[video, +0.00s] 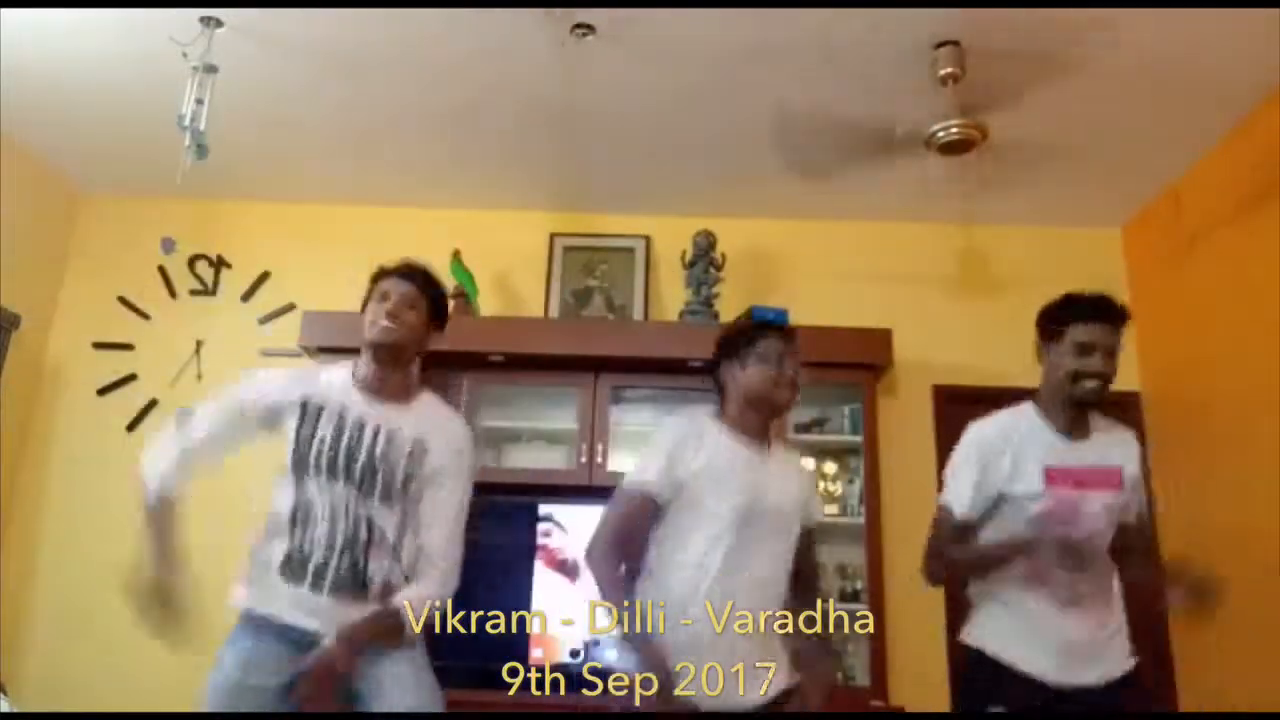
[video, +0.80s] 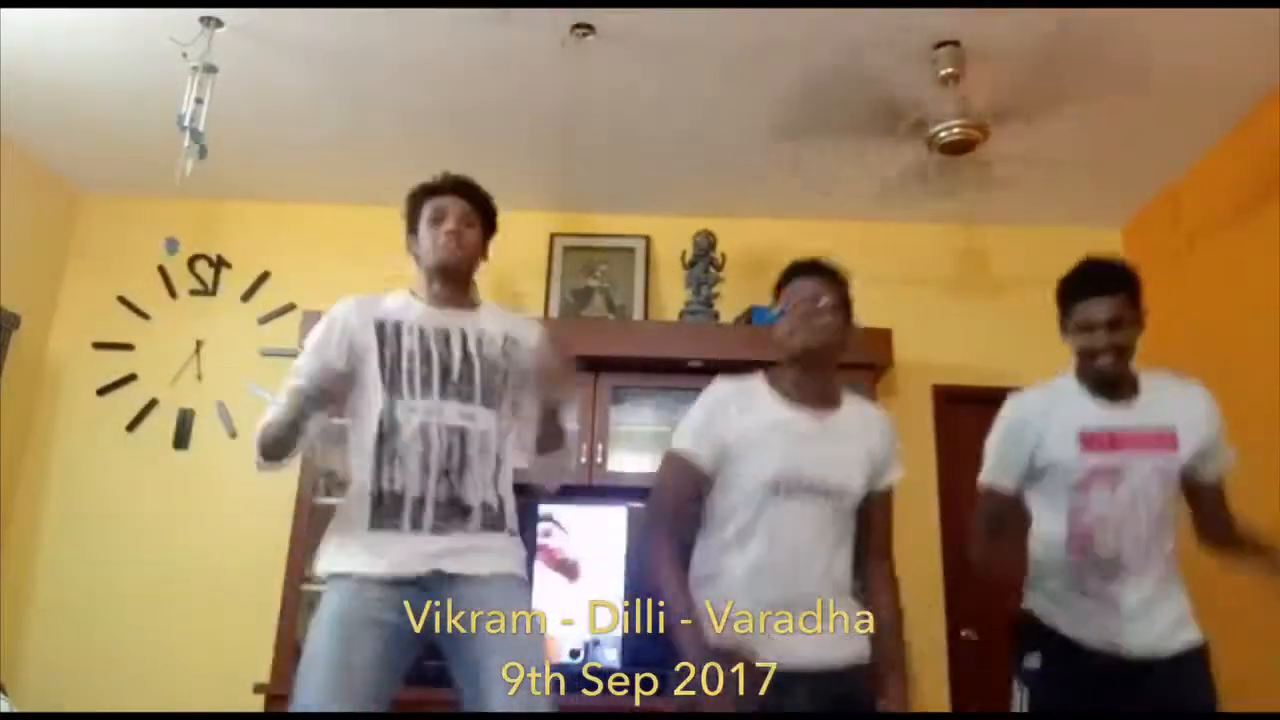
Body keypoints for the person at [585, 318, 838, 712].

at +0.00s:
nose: (787, 374)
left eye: (791, 363)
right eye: (769, 360)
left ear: (797, 376)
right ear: (729, 371)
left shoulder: (797, 475)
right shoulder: (686, 437)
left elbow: (804, 593)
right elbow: (603, 550)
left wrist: (814, 668)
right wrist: (640, 644)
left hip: (762, 688)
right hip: (670, 686)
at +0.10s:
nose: (795, 352)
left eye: (798, 341)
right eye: (781, 337)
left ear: (799, 350)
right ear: (738, 343)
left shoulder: (799, 441)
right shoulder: (689, 402)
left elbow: (819, 555)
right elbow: (617, 512)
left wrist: (861, 619)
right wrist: (669, 624)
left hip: (787, 671)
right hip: (695, 666)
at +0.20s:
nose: (810, 341)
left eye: (813, 330)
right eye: (795, 325)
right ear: (748, 329)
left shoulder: (803, 423)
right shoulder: (696, 387)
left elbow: (828, 546)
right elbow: (629, 497)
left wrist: (898, 617)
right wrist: (665, 581)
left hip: (803, 644)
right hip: (709, 638)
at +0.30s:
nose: (831, 379)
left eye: (836, 366)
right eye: (824, 360)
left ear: (787, 352)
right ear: (775, 345)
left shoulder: (814, 443)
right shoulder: (707, 410)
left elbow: (845, 581)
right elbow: (668, 525)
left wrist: (943, 642)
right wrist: (600, 573)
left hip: (851, 653)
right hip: (762, 646)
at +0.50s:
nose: (842, 402)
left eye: (849, 390)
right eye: (829, 386)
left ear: (853, 399)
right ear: (784, 388)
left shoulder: (848, 495)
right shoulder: (733, 459)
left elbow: (889, 610)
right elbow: (690, 562)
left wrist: (979, 664)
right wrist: (607, 622)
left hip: (868, 691)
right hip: (779, 683)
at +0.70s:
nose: (843, 299)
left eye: (855, 293)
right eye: (823, 290)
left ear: (865, 315)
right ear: (790, 314)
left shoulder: (870, 408)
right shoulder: (738, 381)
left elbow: (882, 540)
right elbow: (660, 495)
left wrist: (948, 656)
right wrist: (705, 620)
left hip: (842, 651)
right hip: (740, 649)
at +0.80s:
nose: (806, 318)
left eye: (823, 307)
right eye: (793, 308)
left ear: (847, 329)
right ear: (775, 329)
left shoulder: (872, 426)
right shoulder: (726, 402)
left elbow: (876, 562)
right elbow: (661, 530)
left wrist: (892, 673)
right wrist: (693, 648)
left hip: (836, 673)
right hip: (730, 671)